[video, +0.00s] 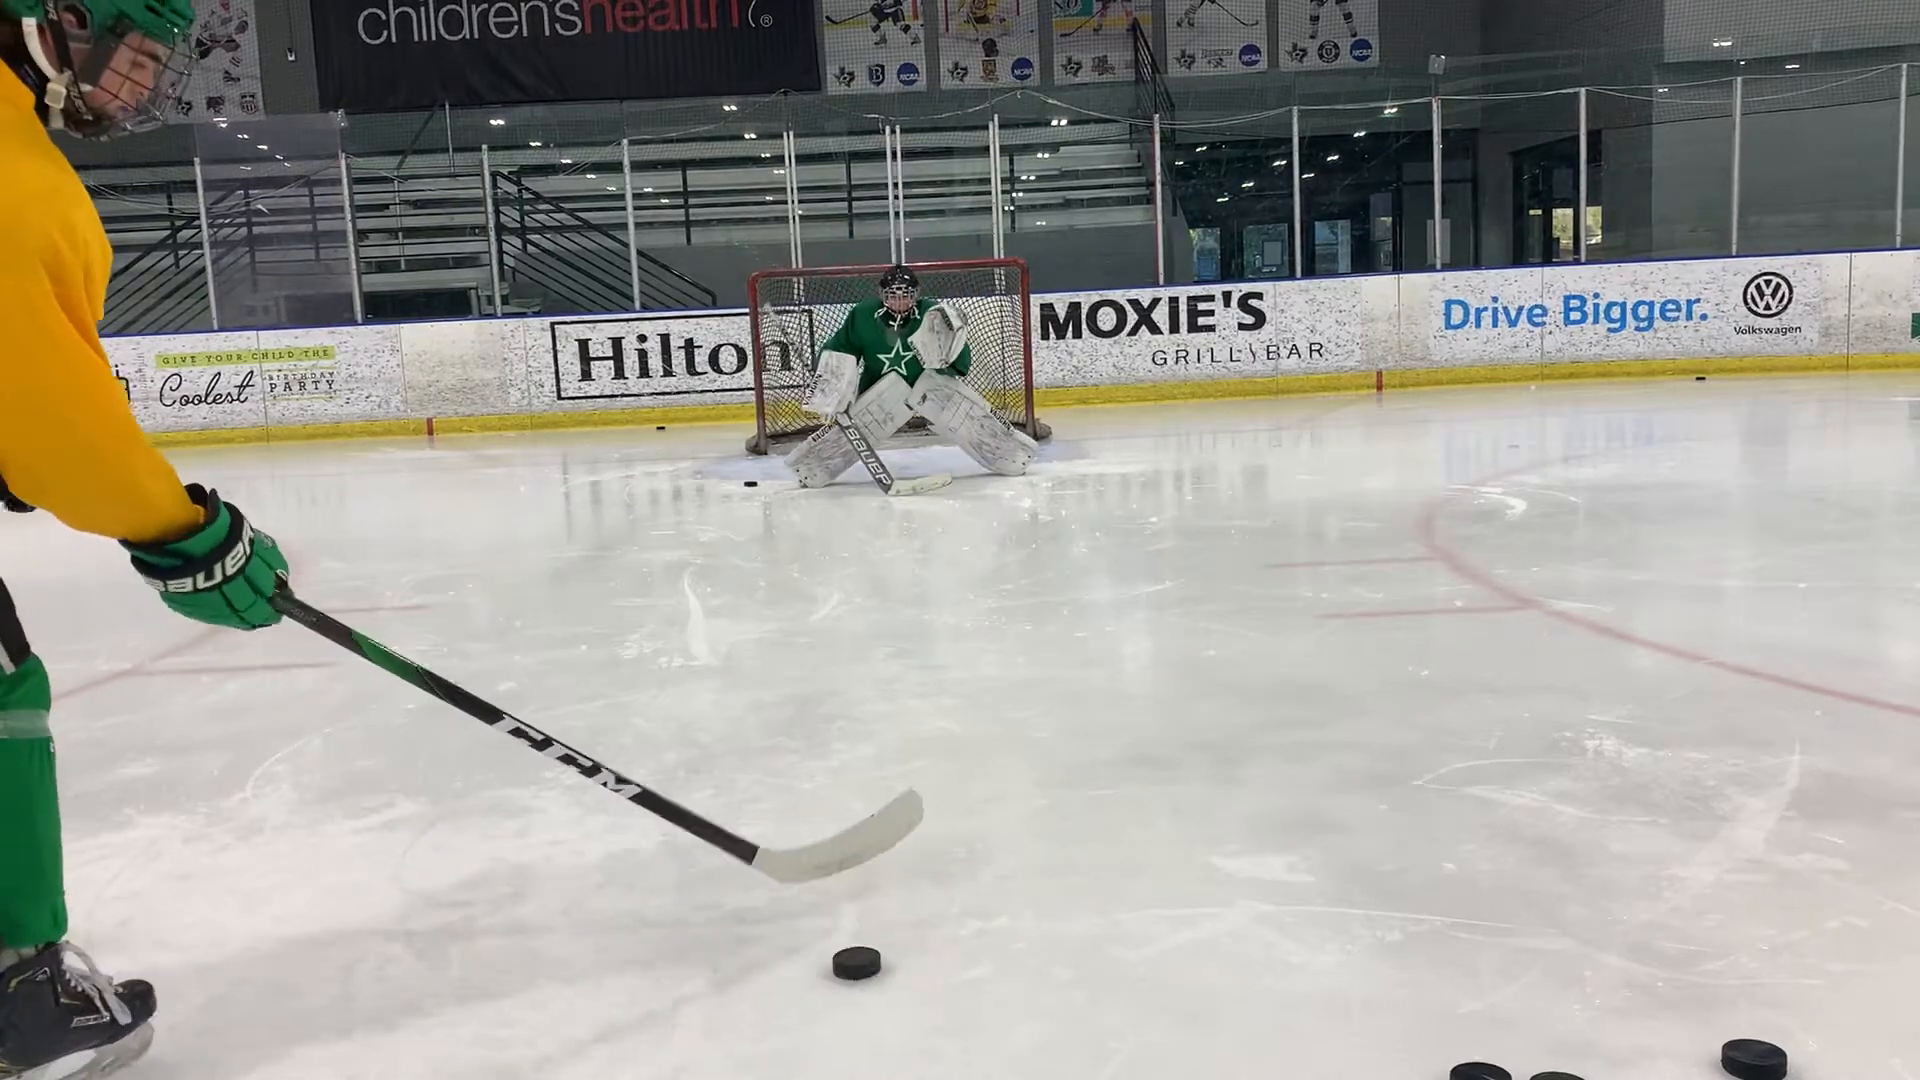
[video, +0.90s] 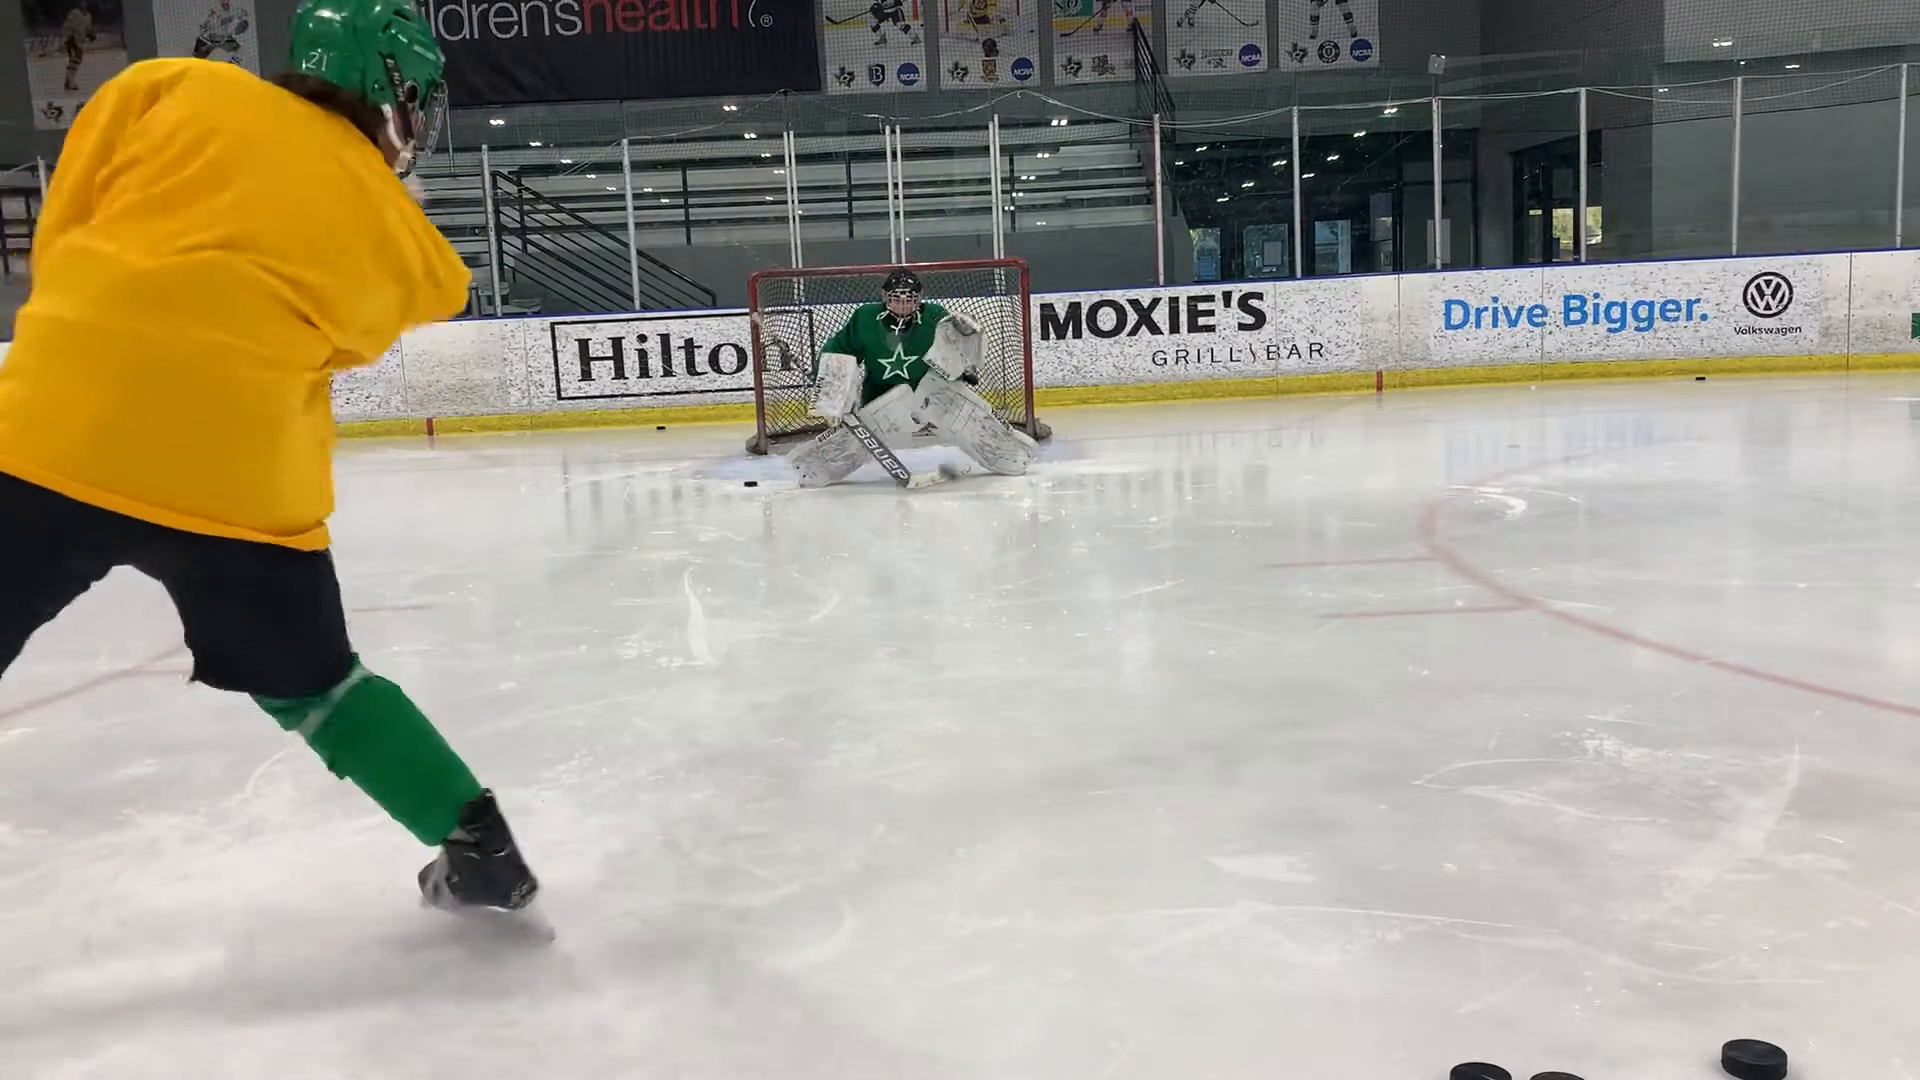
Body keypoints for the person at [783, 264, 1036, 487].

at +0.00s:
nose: (899, 302)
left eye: (905, 295)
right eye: (893, 295)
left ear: (915, 295)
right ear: (883, 295)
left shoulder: (931, 312)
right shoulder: (864, 315)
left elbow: (962, 365)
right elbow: (837, 351)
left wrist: (949, 335)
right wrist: (833, 387)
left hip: (929, 382)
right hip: (882, 387)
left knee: (966, 415)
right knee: (855, 429)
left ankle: (1010, 455)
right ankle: (813, 468)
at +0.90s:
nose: (902, 305)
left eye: (907, 298)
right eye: (896, 298)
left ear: (918, 298)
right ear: (886, 298)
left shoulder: (936, 317)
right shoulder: (865, 319)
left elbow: (964, 370)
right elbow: (834, 352)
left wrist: (962, 347)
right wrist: (834, 388)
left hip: (931, 402)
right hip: (880, 408)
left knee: (961, 410)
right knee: (853, 437)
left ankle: (1008, 453)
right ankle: (815, 467)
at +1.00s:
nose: (906, 308)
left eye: (912, 302)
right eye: (900, 302)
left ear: (920, 300)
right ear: (889, 300)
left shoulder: (938, 321)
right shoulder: (865, 319)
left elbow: (963, 365)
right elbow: (834, 355)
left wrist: (982, 358)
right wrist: (847, 379)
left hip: (935, 418)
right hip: (883, 419)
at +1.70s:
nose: (912, 288)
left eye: (916, 281)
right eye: (905, 282)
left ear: (921, 282)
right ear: (889, 284)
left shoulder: (934, 308)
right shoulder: (864, 314)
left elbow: (960, 351)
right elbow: (844, 368)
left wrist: (984, 373)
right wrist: (862, 404)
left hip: (940, 415)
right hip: (889, 420)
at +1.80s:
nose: (907, 281)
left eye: (911, 275)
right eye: (900, 276)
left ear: (917, 275)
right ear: (885, 276)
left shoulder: (930, 296)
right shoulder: (864, 307)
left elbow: (959, 334)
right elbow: (849, 362)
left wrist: (988, 352)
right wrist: (863, 403)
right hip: (892, 398)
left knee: (981, 384)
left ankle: (984, 452)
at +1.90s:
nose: (907, 278)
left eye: (911, 271)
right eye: (900, 272)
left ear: (917, 271)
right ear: (885, 273)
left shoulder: (929, 294)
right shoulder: (865, 306)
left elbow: (958, 328)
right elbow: (853, 365)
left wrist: (997, 332)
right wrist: (868, 407)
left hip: (932, 379)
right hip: (896, 395)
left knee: (983, 371)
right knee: (917, 461)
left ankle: (965, 447)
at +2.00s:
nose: (910, 274)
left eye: (914, 268)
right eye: (903, 268)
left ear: (920, 268)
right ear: (887, 270)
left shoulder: (929, 291)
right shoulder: (868, 304)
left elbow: (954, 322)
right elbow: (857, 362)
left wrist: (988, 329)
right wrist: (871, 406)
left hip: (931, 376)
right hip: (896, 392)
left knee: (979, 379)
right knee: (915, 462)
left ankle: (964, 449)